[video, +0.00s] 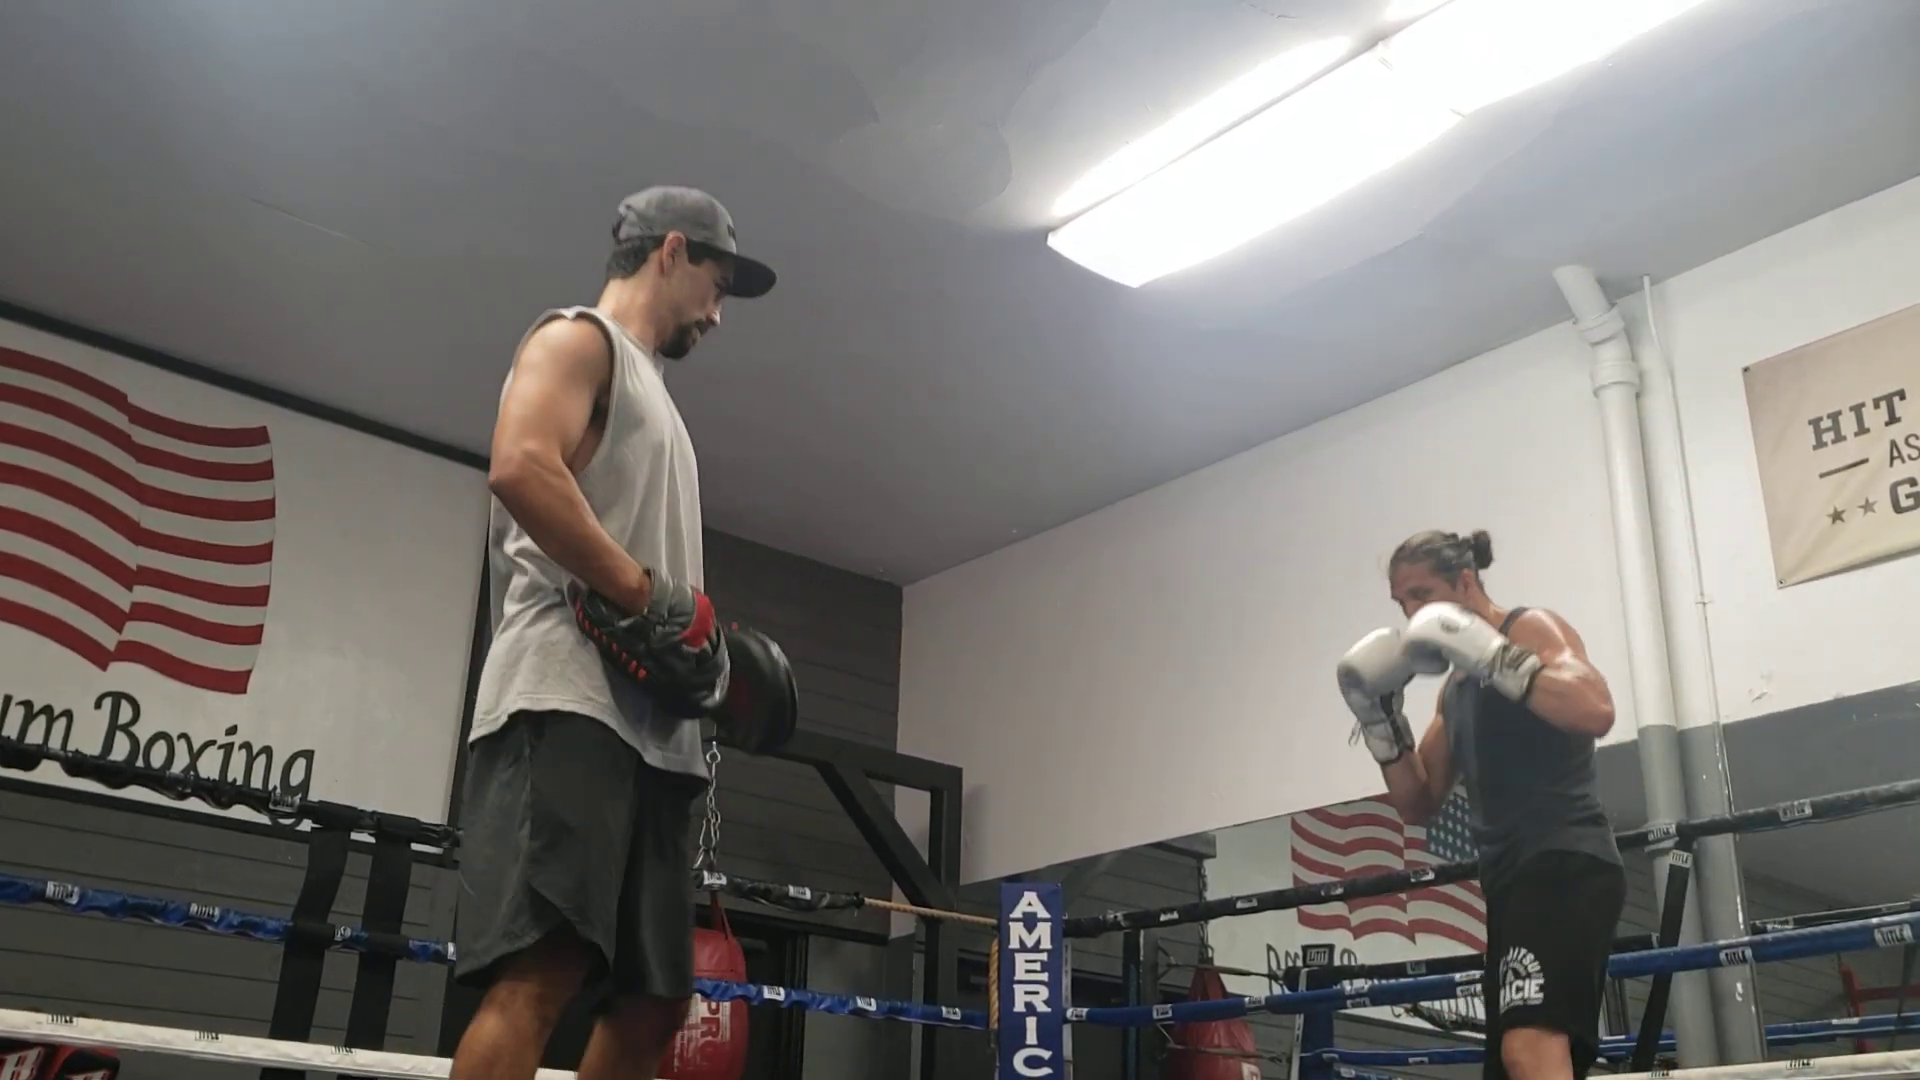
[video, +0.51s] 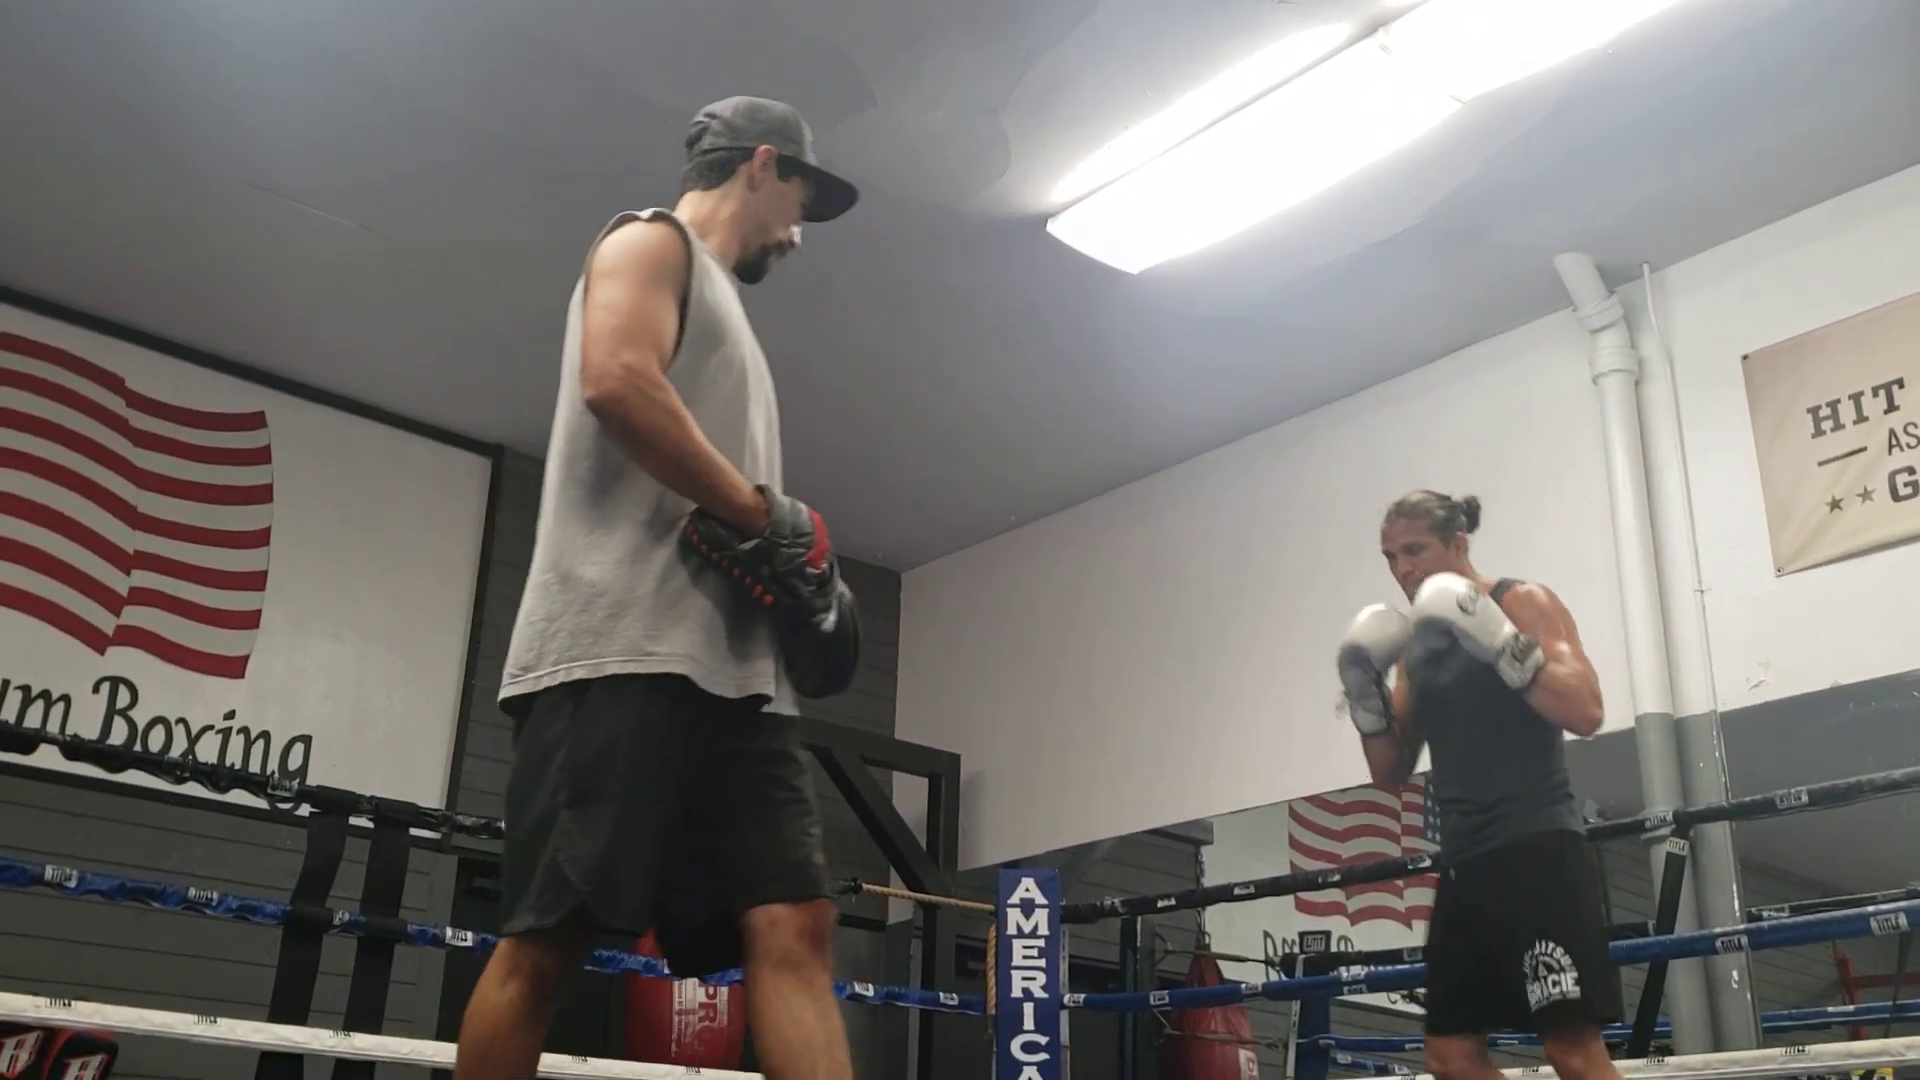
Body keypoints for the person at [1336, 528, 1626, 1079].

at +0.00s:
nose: (1411, 616)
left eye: (1420, 597)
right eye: (1403, 605)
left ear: (1465, 582)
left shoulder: (1530, 626)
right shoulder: (1455, 688)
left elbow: (1597, 712)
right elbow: (1418, 803)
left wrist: (1492, 654)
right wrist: (1379, 720)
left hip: (1562, 862)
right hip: (1512, 876)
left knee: (1533, 1050)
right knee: (1514, 1058)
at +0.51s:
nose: (1404, 569)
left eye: (1416, 550)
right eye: (1392, 557)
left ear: (1460, 544)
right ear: (1387, 563)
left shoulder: (1523, 603)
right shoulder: (1415, 648)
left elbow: (1585, 710)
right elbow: (1391, 768)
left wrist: (1498, 642)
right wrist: (1364, 691)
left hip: (1541, 848)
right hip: (1464, 862)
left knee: (1574, 1050)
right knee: (1451, 1053)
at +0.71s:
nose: (1360, 599)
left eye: (1370, 580)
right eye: (1349, 587)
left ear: (1414, 570)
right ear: (1344, 588)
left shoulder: (1476, 617)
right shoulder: (1378, 667)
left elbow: (1523, 714)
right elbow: (1357, 795)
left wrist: (1434, 641)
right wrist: (1319, 717)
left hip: (1505, 870)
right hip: (1422, 881)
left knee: (1552, 1061)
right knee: (1365, 1059)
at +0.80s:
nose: (1323, 629)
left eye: (1334, 610)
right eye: (1315, 617)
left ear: (1381, 601)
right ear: (1311, 619)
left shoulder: (1445, 650)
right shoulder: (1355, 703)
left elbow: (1488, 746)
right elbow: (1345, 828)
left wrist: (1398, 677)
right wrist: (1303, 756)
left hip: (1481, 902)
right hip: (1401, 915)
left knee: (1547, 1071)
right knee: (1344, 1071)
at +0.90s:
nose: (1271, 639)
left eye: (1282, 622)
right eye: (1262, 628)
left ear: (1324, 611)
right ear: (1257, 630)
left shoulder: (1389, 660)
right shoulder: (1306, 711)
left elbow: (1444, 762)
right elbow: (1299, 835)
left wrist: (1355, 698)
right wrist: (1259, 768)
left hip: (1418, 904)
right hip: (1343, 915)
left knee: (1486, 1069)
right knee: (1294, 1069)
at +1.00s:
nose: (1215, 644)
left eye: (1226, 627)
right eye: (1206, 631)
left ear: (1269, 616)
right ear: (1202, 630)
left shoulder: (1336, 661)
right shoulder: (1244, 703)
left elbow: (1401, 770)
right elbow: (1228, 833)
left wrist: (1313, 704)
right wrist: (1198, 765)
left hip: (1354, 897)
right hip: (1279, 903)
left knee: (1398, 1068)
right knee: (1218, 1069)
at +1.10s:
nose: (1188, 631)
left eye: (1202, 615)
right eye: (1177, 618)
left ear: (1237, 610)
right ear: (1167, 618)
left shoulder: (1297, 656)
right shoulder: (1186, 697)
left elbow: (1366, 767)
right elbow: (1162, 820)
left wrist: (1293, 700)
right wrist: (1147, 742)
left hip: (1304, 875)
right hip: (1229, 888)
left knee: (1323, 1056)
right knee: (1193, 1068)